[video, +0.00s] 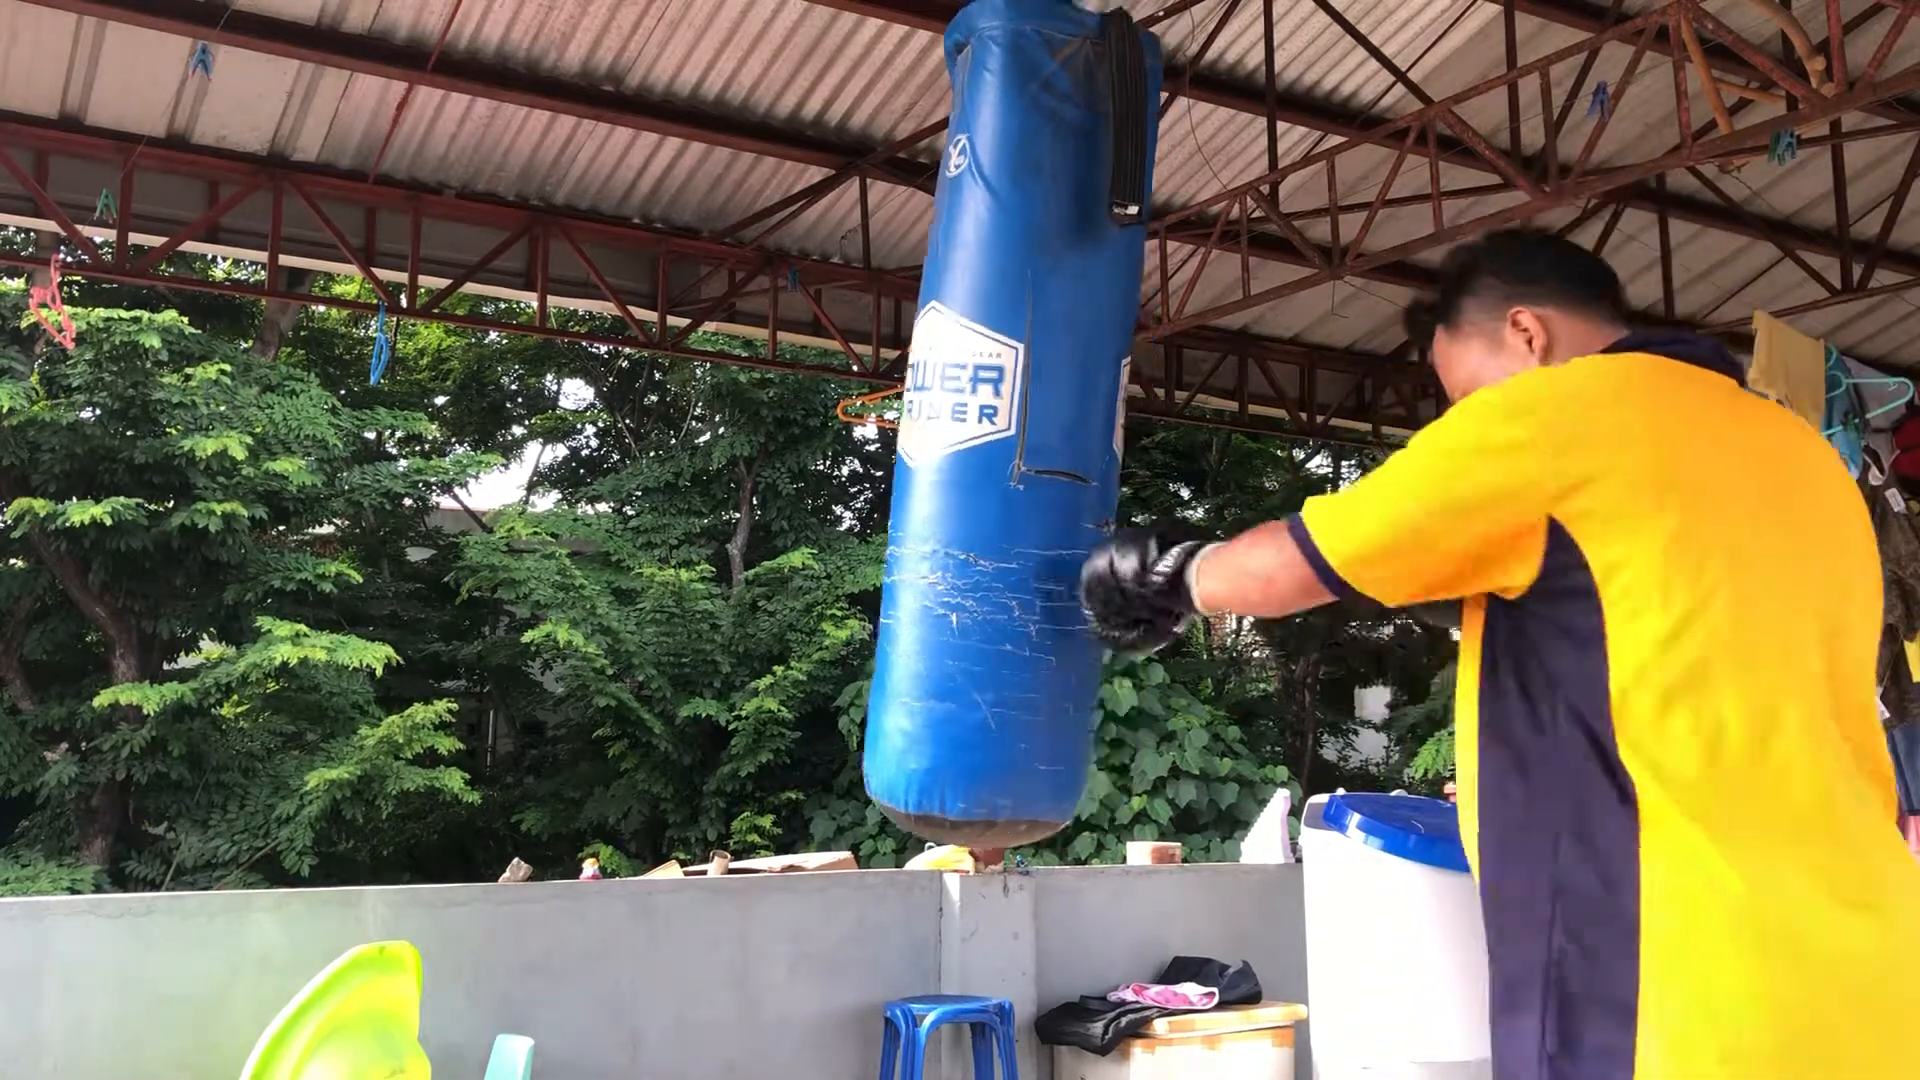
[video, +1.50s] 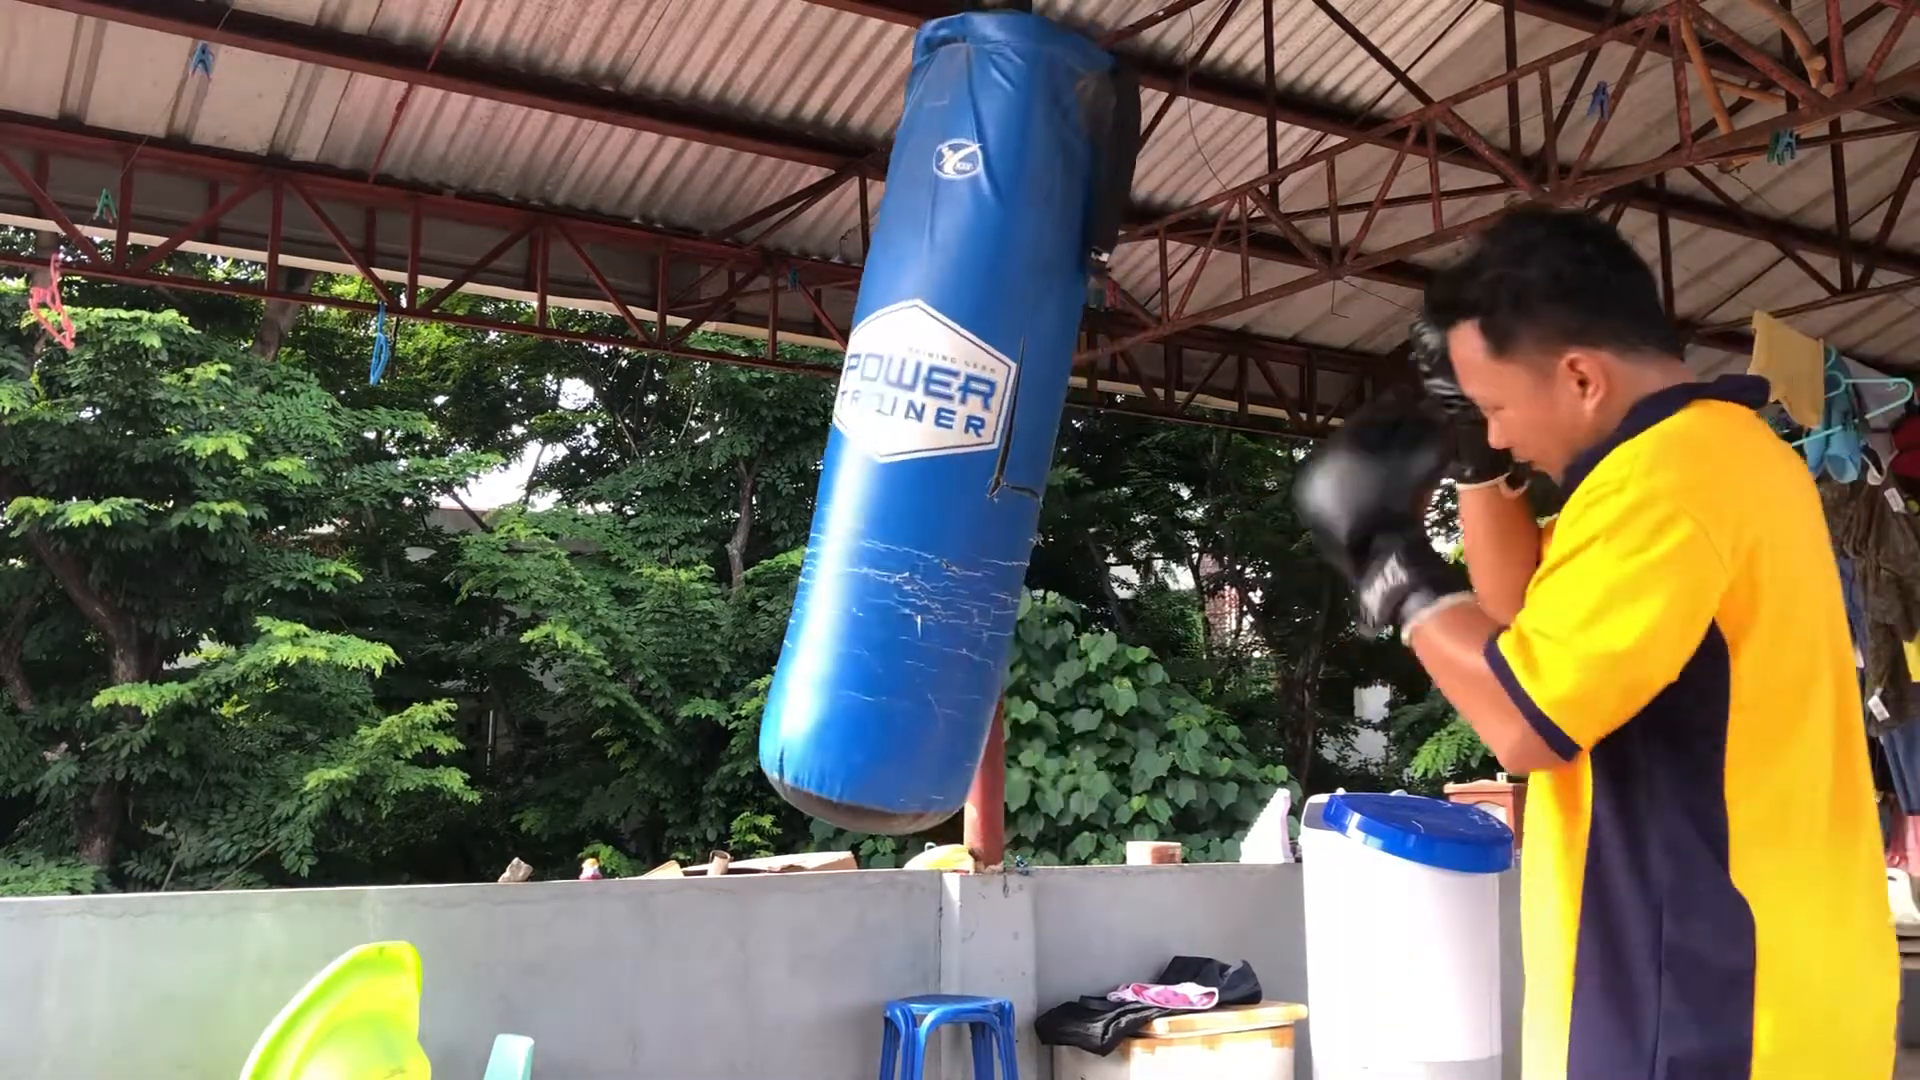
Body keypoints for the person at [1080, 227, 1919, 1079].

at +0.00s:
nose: (1469, 425)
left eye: (1467, 394)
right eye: (1460, 403)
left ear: (1525, 334)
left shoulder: (1558, 413)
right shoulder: (1815, 453)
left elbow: (1294, 566)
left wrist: (1157, 580)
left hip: (1674, 1019)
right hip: (1878, 1015)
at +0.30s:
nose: (1709, 461)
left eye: (1695, 418)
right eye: (1689, 432)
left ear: (1760, 354)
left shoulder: (1826, 457)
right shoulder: (1896, 433)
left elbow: (1660, 689)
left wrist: (1556, 536)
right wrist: (1707, 526)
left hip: (1834, 1033)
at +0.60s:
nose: (1796, 407)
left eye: (1795, 367)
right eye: (1783, 382)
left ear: (1879, 316)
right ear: (1883, 319)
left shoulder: (1900, 416)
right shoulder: (1893, 425)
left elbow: (1785, 644)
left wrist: (1663, 511)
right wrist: (1810, 474)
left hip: (1875, 1013)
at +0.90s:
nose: (1686, 410)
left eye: (1688, 382)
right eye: (1681, 389)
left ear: (1752, 337)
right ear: (1858, 341)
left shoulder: (1718, 443)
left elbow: (1523, 602)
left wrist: (1360, 636)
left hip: (1820, 1016)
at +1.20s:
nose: (1537, 417)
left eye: (1528, 395)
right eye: (1522, 401)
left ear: (1581, 344)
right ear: (1688, 323)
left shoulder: (1589, 442)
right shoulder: (1861, 445)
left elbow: (1408, 644)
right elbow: (1801, 735)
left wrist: (1285, 541)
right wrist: (1561, 796)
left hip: (1701, 1017)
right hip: (1892, 1011)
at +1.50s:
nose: (1495, 441)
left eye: (1498, 411)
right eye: (1484, 417)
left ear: (1580, 378)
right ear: (1585, 375)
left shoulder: (1670, 478)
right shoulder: (1726, 448)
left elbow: (1525, 726)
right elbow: (1519, 608)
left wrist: (1388, 559)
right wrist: (1473, 442)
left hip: (1702, 1035)